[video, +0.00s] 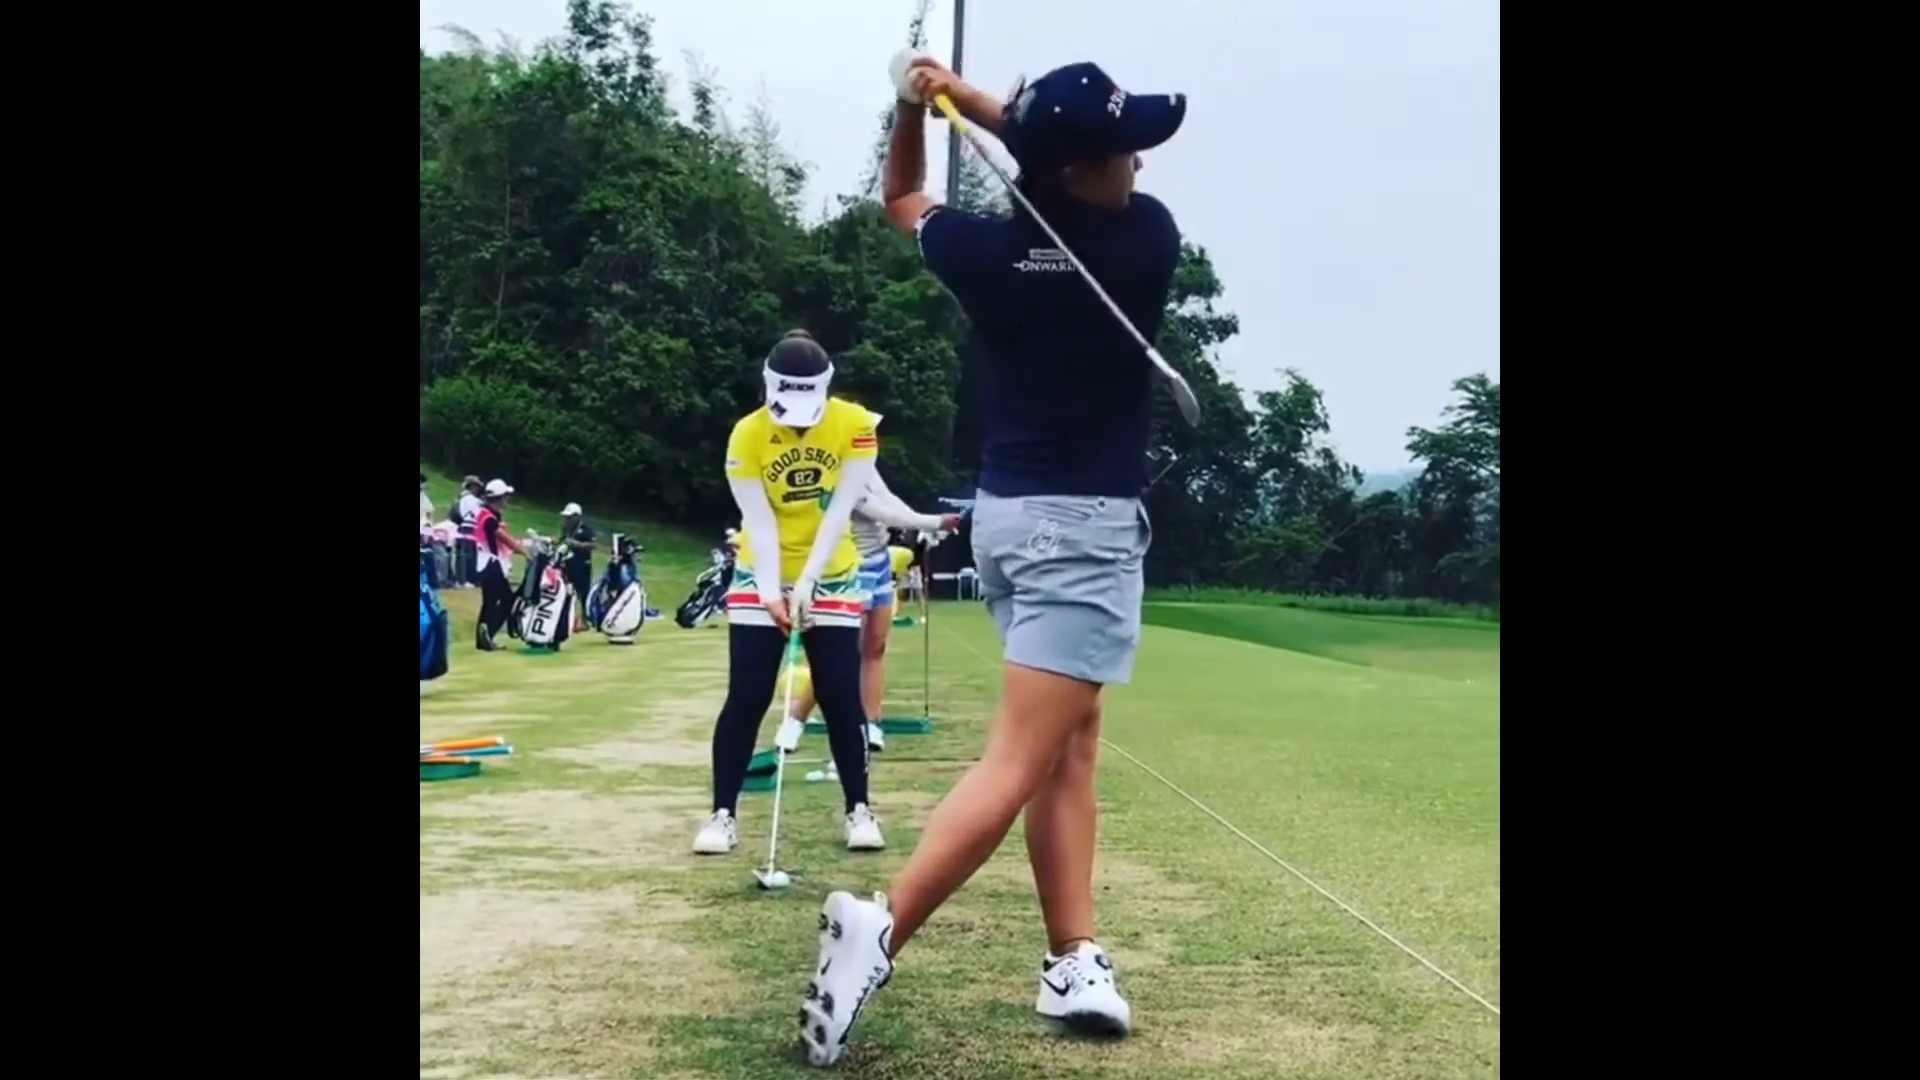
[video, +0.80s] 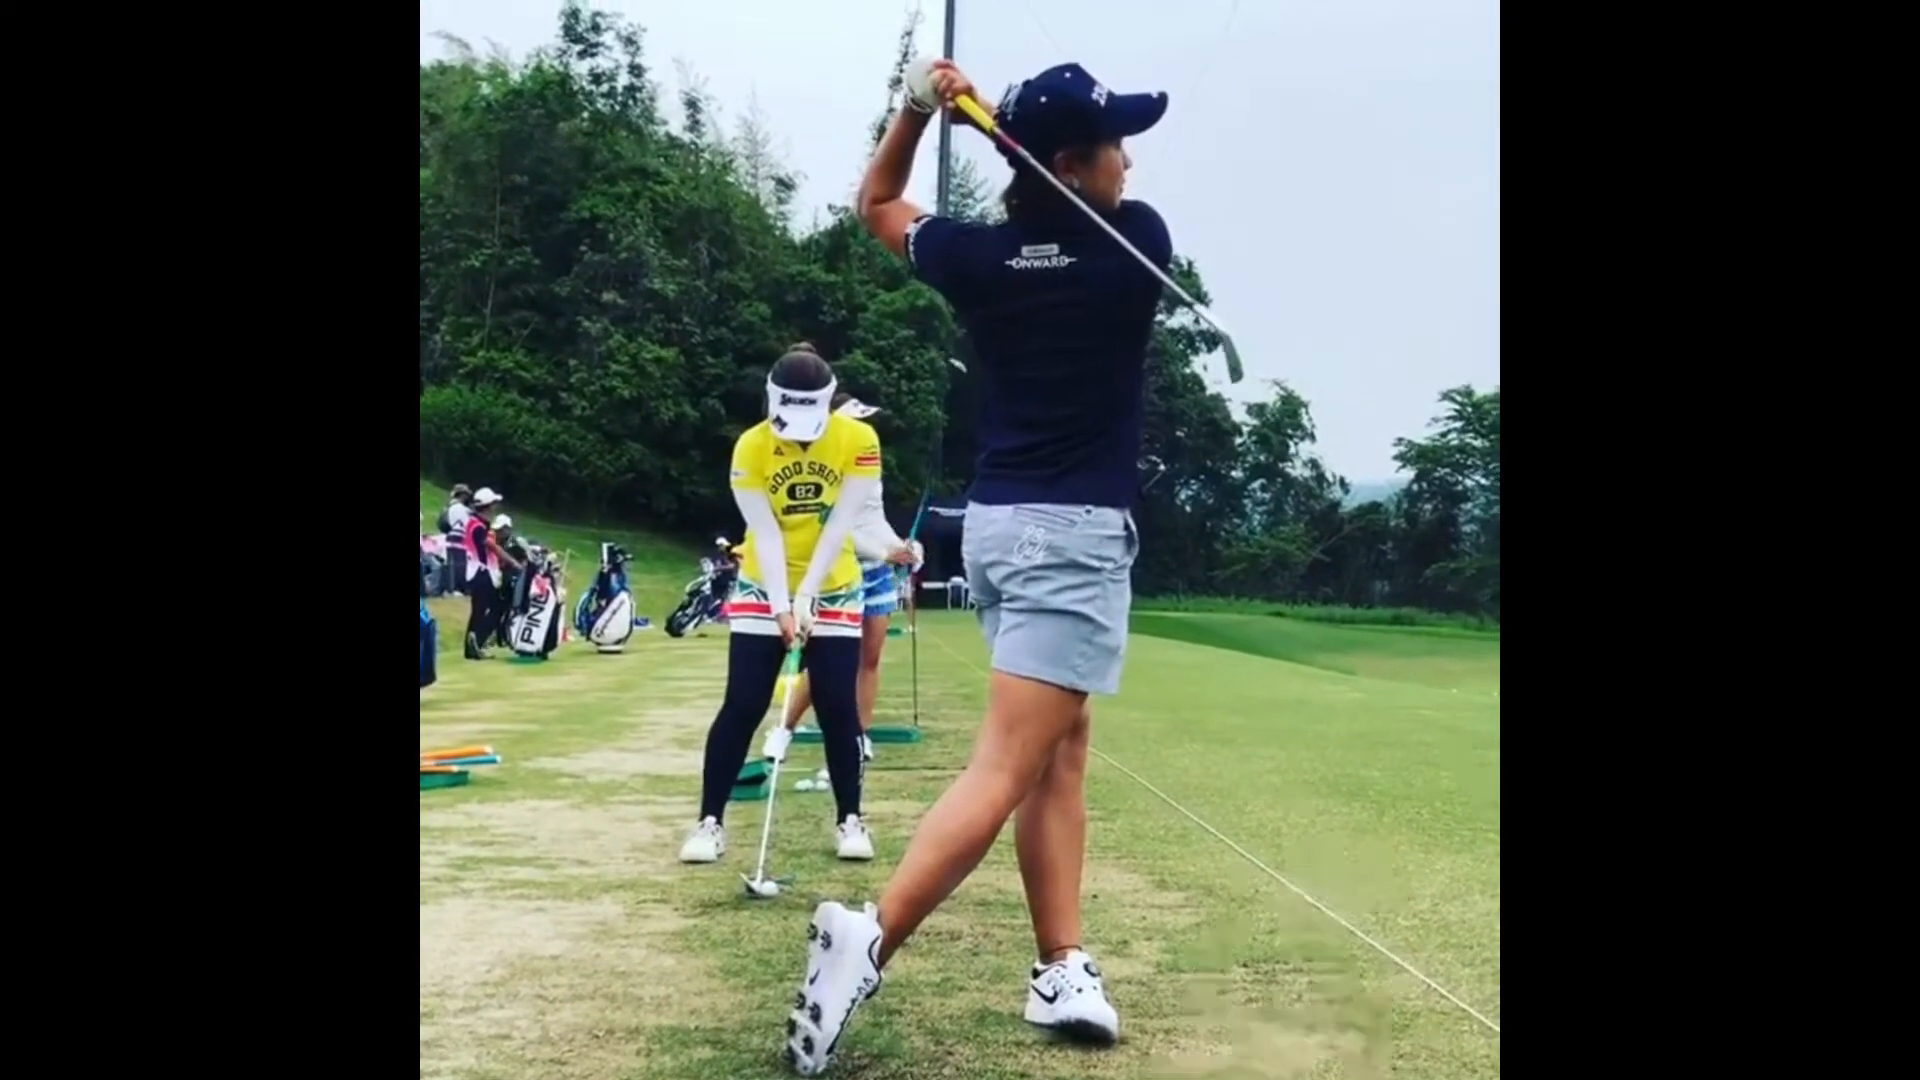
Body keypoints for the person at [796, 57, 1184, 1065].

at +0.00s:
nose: (1138, 160)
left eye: (1133, 146)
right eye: (1126, 151)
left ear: (1039, 166)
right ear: (1086, 166)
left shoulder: (979, 243)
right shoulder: (1143, 238)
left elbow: (906, 198)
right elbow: (1068, 159)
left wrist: (911, 108)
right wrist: (967, 98)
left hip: (1000, 515)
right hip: (1086, 519)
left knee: (1072, 745)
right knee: (1018, 762)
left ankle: (1074, 961)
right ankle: (878, 931)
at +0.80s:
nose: (1128, 153)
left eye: (1121, 139)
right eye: (1116, 145)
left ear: (1028, 167)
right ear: (1083, 165)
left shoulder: (975, 255)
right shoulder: (1137, 240)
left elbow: (880, 201)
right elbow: (1058, 189)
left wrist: (918, 109)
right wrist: (986, 117)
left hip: (991, 525)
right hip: (1076, 528)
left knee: (1061, 753)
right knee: (1002, 771)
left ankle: (1062, 970)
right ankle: (869, 939)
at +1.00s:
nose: (939, 243)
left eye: (956, 223)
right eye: (920, 225)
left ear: (985, 199)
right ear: (890, 204)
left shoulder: (1036, 287)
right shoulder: (847, 293)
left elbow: (984, 451)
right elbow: (873, 454)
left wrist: (945, 590)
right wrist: (889, 598)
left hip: (1014, 528)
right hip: (888, 532)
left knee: (1066, 739)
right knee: (855, 745)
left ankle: (1100, 942)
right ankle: (824, 954)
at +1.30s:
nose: (938, 255)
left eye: (958, 237)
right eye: (922, 235)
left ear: (993, 217)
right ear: (897, 210)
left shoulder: (987, 323)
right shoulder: (890, 254)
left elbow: (805, 369)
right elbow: (799, 340)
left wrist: (662, 388)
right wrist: (669, 360)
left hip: (1018, 544)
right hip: (897, 542)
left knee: (1066, 761)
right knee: (867, 735)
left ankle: (1103, 946)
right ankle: (828, 958)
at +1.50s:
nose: (931, 253)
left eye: (952, 233)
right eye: (914, 233)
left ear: (991, 214)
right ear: (891, 213)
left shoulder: (977, 311)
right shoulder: (904, 276)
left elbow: (808, 253)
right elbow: (836, 291)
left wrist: (747, 176)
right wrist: (783, 188)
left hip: (1016, 551)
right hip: (900, 543)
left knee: (1057, 775)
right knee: (871, 736)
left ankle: (1100, 952)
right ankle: (827, 962)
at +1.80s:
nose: (981, 281)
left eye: (985, 258)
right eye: (959, 274)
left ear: (994, 219)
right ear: (913, 263)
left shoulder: (1057, 255)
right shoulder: (895, 327)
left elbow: (1063, 416)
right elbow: (931, 475)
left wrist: (1042, 550)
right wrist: (989, 569)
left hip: (1084, 525)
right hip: (974, 542)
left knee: (1117, 725)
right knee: (950, 749)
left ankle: (1108, 953)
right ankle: (830, 959)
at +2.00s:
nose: (1036, 248)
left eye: (1035, 231)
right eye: (1015, 242)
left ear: (960, 246)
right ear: (962, 255)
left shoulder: (971, 262)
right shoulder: (1038, 320)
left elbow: (1090, 265)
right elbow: (1138, 287)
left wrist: (1196, 252)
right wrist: (1208, 227)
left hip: (1066, 525)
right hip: (1052, 539)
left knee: (1093, 725)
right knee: (1004, 757)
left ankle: (1088, 951)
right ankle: (834, 920)